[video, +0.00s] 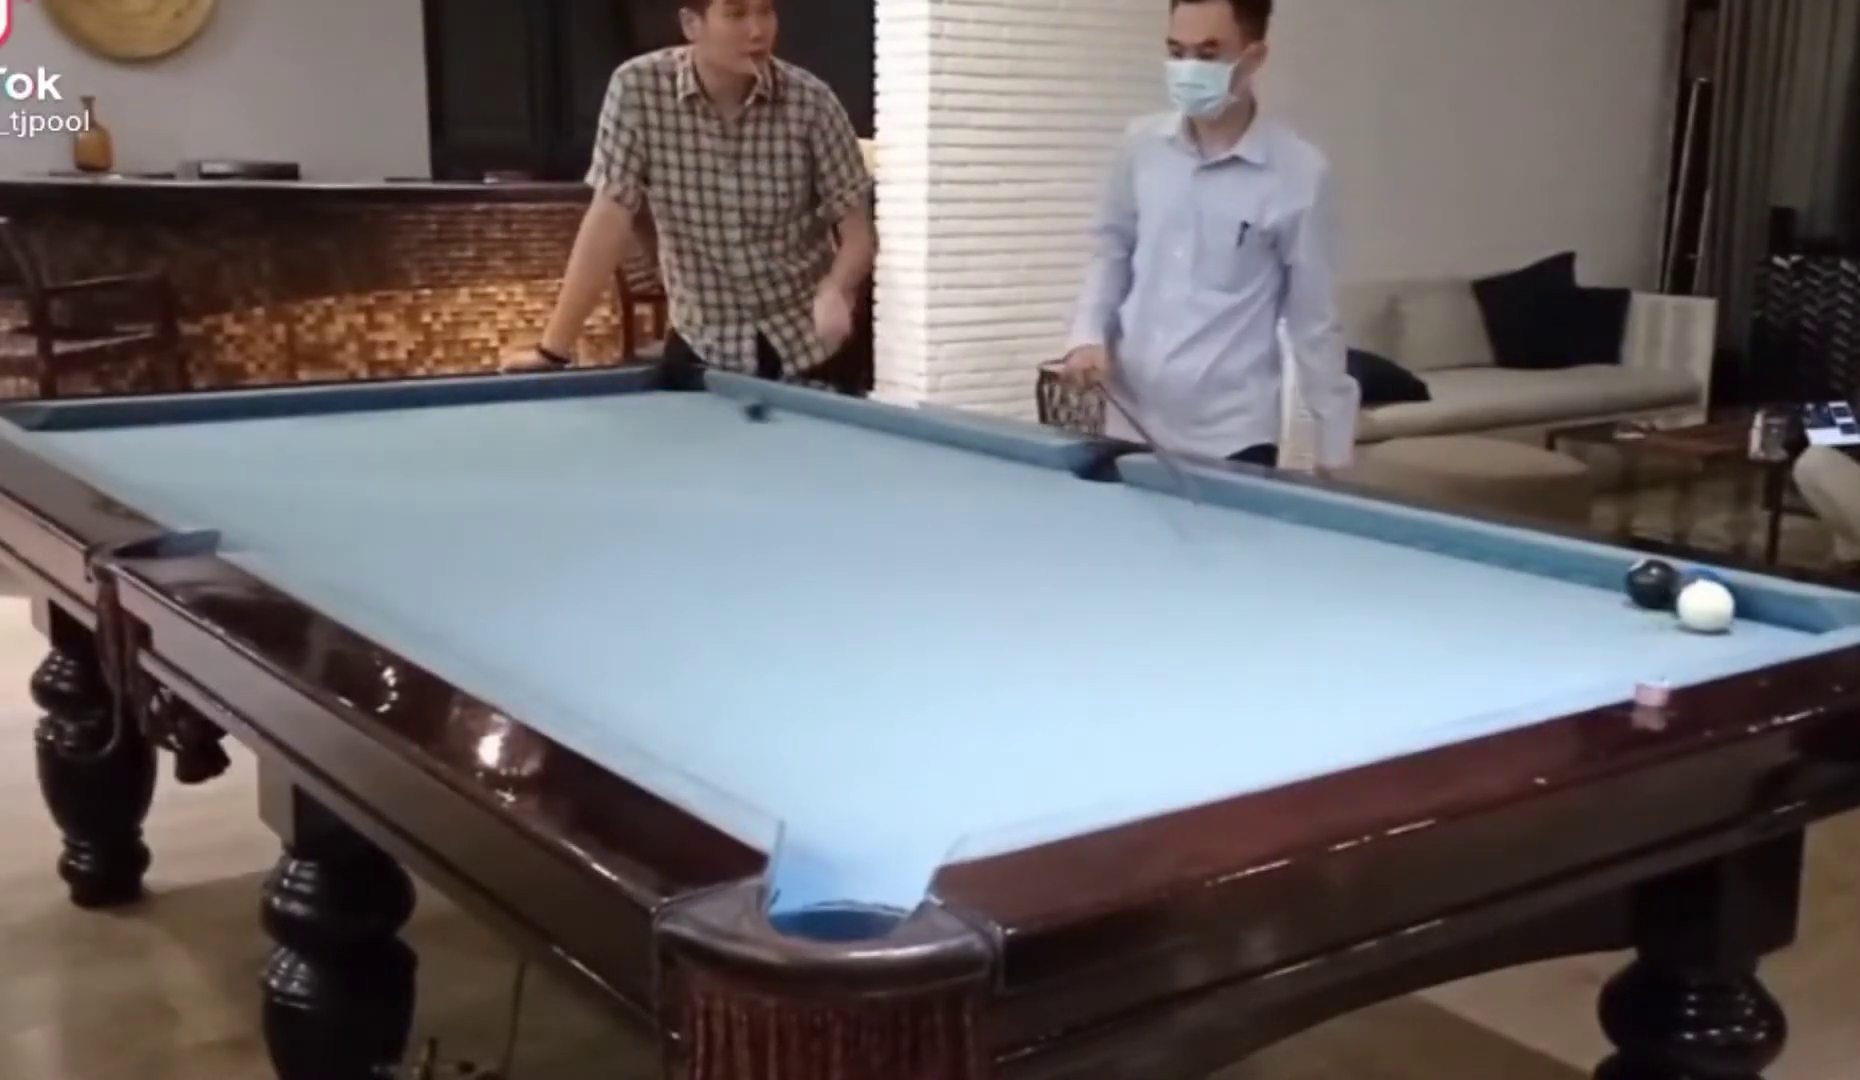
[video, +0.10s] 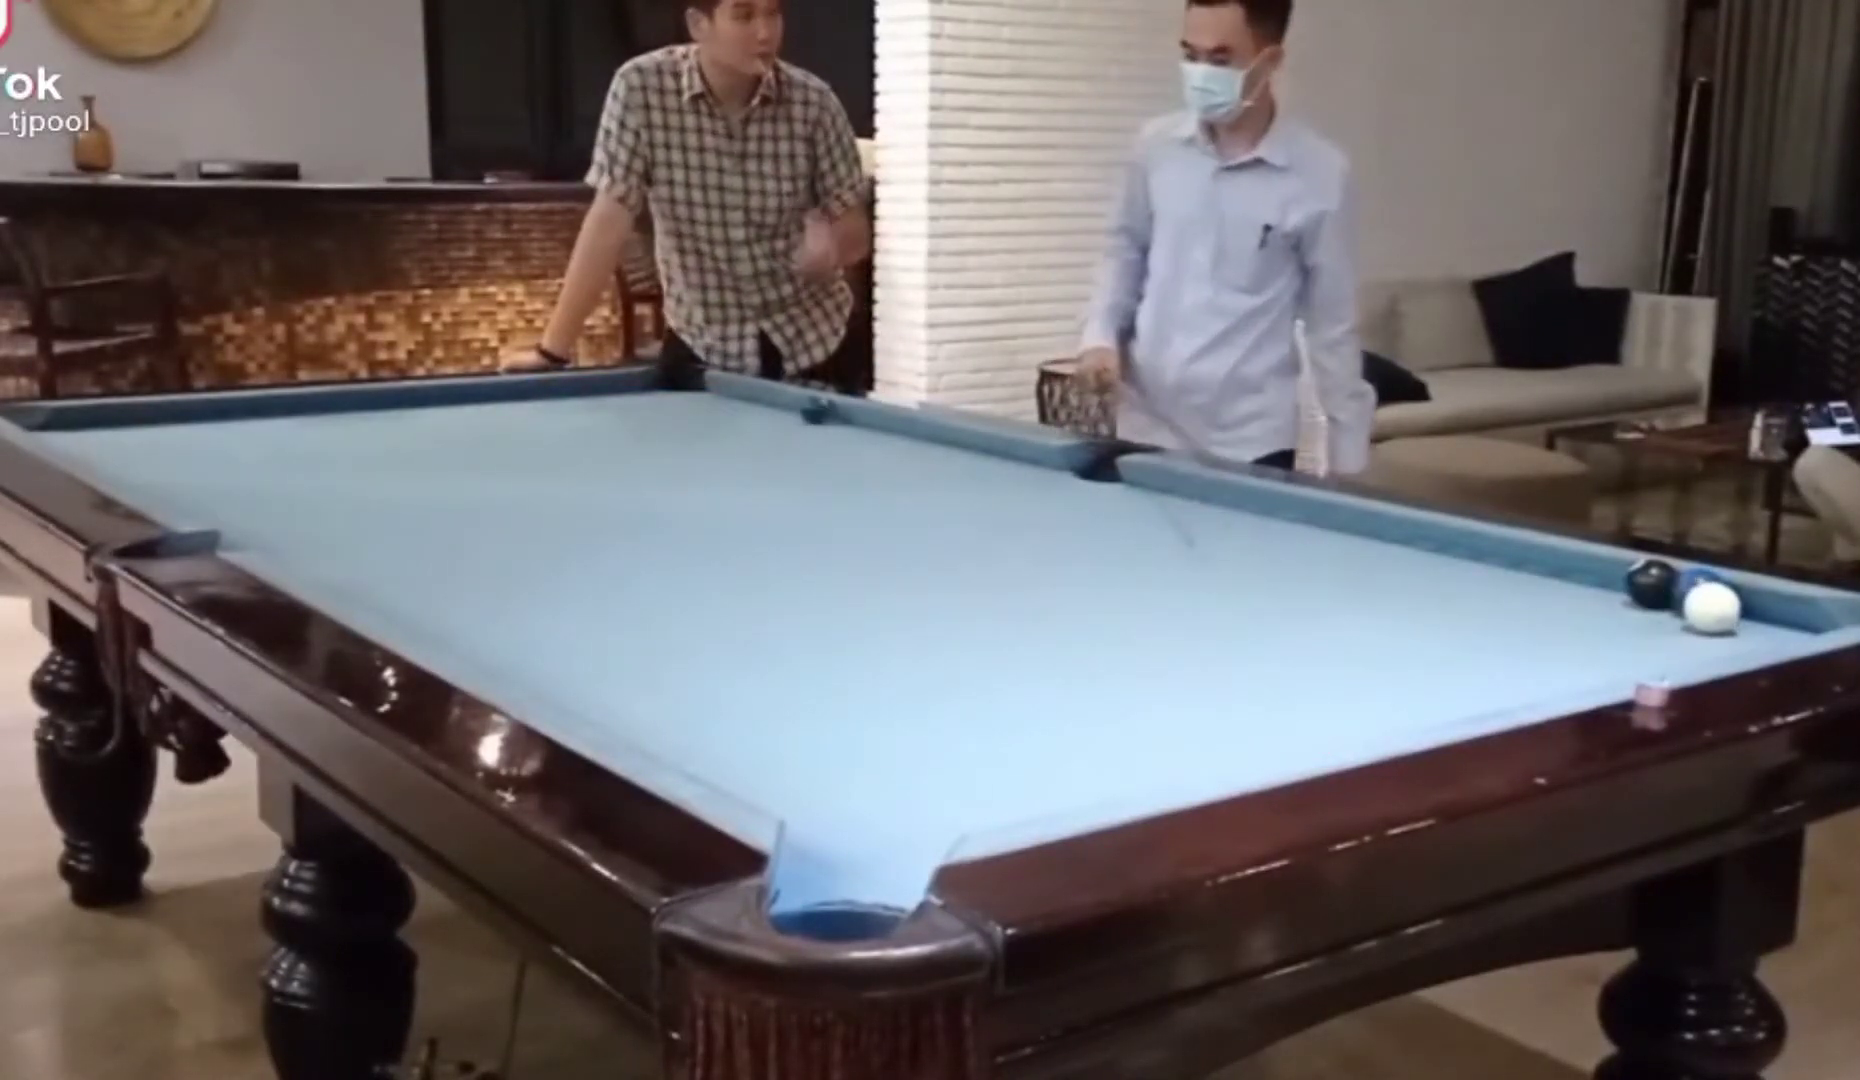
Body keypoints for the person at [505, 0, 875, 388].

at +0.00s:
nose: (757, 29)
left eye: (765, 13)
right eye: (737, 15)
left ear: (777, 19)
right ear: (691, 23)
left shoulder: (811, 101)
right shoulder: (638, 90)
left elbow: (858, 225)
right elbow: (610, 214)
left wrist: (836, 288)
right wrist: (553, 350)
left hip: (814, 342)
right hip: (701, 345)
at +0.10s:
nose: (766, 31)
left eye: (774, 14)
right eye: (745, 16)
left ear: (784, 19)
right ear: (698, 24)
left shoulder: (813, 102)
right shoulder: (642, 88)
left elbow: (858, 228)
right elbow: (610, 217)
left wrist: (832, 248)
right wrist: (552, 350)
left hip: (816, 336)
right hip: (702, 341)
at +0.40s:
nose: (775, 38)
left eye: (783, 20)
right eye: (754, 21)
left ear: (793, 22)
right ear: (709, 25)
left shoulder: (811, 96)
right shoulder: (650, 87)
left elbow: (849, 243)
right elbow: (612, 219)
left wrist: (805, 153)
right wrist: (552, 352)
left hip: (810, 332)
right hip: (700, 340)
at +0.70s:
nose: (775, 43)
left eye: (785, 25)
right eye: (755, 25)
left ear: (795, 26)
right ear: (709, 27)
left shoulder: (811, 99)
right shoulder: (651, 88)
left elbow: (850, 245)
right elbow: (613, 218)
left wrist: (808, 163)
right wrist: (551, 352)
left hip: (810, 335)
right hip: (702, 343)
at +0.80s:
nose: (772, 43)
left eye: (782, 25)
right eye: (752, 25)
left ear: (793, 27)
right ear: (707, 27)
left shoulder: (813, 101)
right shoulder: (650, 89)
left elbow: (849, 248)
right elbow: (612, 218)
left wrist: (810, 193)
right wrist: (551, 352)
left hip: (810, 336)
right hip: (701, 343)